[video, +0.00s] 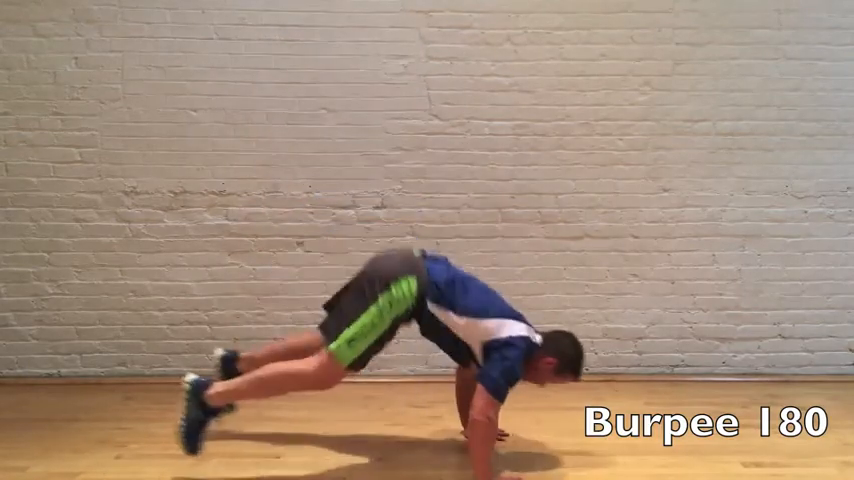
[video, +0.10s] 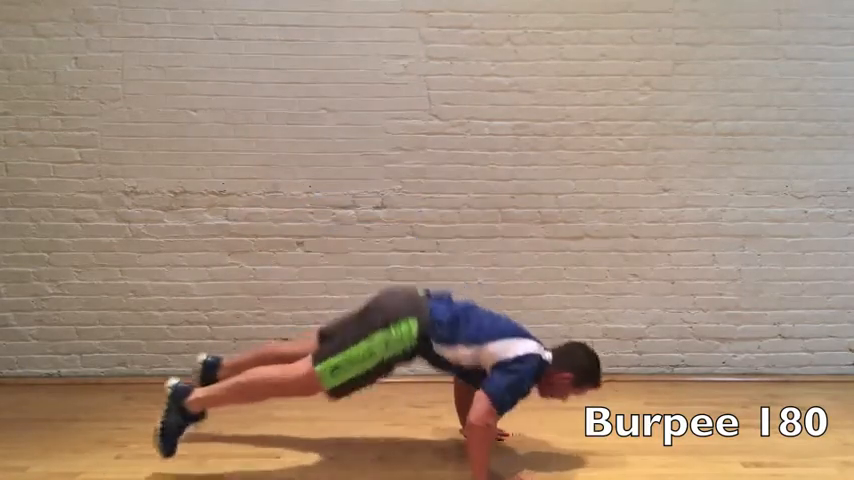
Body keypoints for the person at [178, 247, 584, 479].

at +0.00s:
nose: (548, 384)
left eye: (556, 380)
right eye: (555, 379)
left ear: (546, 351)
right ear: (549, 363)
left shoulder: (509, 332)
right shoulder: (515, 350)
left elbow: (467, 384)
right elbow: (482, 419)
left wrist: (474, 431)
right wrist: (486, 475)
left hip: (404, 265)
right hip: (405, 281)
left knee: (323, 342)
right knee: (323, 372)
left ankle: (237, 367)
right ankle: (210, 397)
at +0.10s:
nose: (566, 398)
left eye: (573, 394)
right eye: (572, 393)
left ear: (562, 363)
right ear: (564, 375)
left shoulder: (520, 343)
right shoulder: (529, 363)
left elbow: (465, 386)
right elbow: (478, 419)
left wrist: (478, 431)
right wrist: (484, 474)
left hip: (406, 303)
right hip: (408, 324)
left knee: (308, 348)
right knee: (303, 380)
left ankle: (217, 370)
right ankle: (191, 403)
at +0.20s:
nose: (571, 417)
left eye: (577, 412)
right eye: (575, 411)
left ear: (566, 384)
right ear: (565, 395)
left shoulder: (525, 368)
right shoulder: (528, 388)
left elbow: (467, 406)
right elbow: (475, 422)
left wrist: (486, 440)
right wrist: (481, 475)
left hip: (404, 346)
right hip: (405, 367)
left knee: (309, 382)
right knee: (303, 413)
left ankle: (209, 395)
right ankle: (184, 426)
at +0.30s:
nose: (571, 435)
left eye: (575, 429)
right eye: (574, 428)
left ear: (556, 396)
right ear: (562, 415)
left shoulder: (516, 387)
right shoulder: (528, 411)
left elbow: (463, 367)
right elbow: (475, 430)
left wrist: (464, 420)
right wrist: (482, 479)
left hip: (396, 381)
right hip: (396, 408)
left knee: (296, 406)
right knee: (286, 437)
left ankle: (197, 394)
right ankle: (173, 424)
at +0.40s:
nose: (568, 443)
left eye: (572, 437)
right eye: (571, 437)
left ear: (549, 409)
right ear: (558, 426)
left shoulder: (511, 392)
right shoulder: (523, 423)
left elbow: (460, 369)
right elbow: (476, 429)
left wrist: (479, 416)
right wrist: (482, 478)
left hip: (396, 395)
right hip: (397, 422)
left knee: (292, 417)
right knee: (280, 447)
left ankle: (194, 395)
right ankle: (170, 422)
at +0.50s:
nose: (567, 424)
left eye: (571, 418)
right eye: (570, 416)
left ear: (548, 389)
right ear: (556, 405)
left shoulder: (508, 383)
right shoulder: (520, 409)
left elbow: (459, 369)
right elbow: (471, 428)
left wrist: (461, 415)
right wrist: (480, 479)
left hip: (393, 388)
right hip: (393, 415)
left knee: (289, 417)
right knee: (278, 444)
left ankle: (193, 395)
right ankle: (167, 421)